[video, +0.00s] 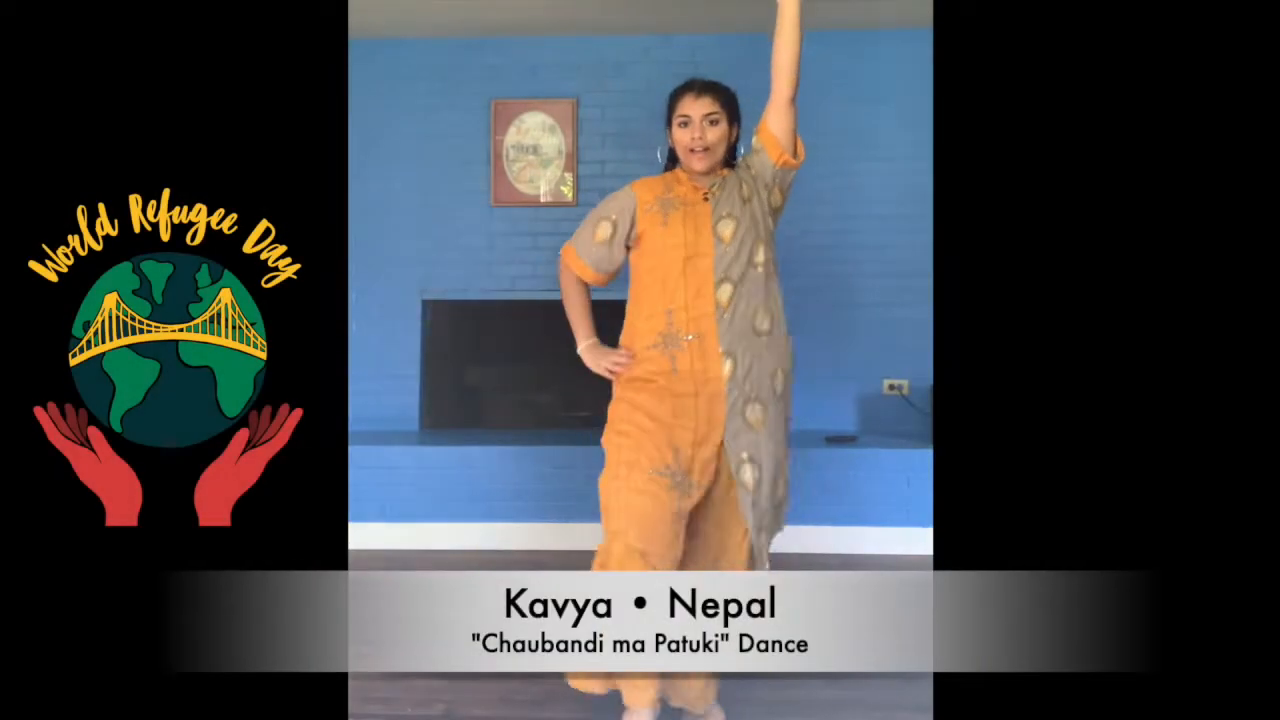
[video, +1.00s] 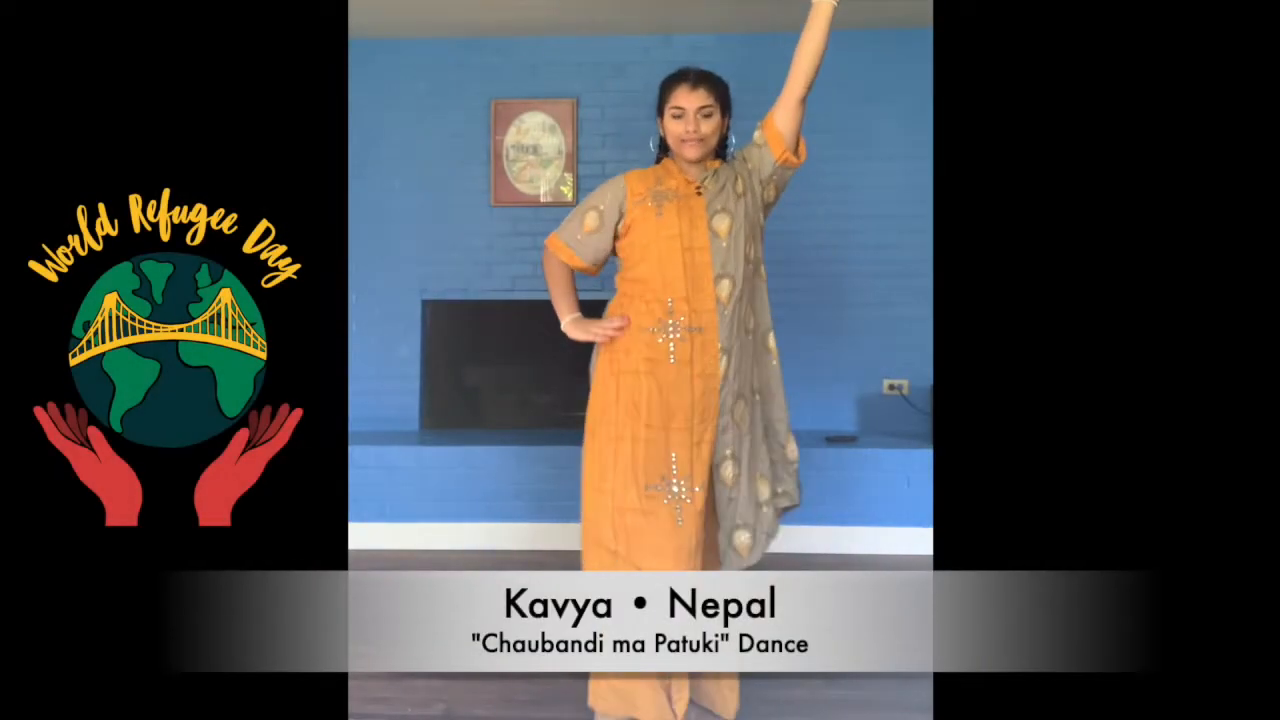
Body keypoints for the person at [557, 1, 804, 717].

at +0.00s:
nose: (697, 133)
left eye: (710, 120)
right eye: (684, 122)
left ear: (732, 132)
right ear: (669, 134)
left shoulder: (754, 190)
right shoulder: (640, 200)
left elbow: (784, 90)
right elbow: (574, 263)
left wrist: (789, 2)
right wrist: (588, 343)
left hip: (738, 401)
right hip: (651, 400)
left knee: (720, 558)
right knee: (642, 552)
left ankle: (695, 698)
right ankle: (640, 703)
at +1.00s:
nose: (692, 124)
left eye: (705, 113)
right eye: (679, 113)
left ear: (724, 122)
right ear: (662, 123)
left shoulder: (746, 183)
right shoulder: (631, 191)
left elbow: (796, 89)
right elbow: (557, 251)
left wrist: (824, 4)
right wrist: (572, 320)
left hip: (716, 379)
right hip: (635, 378)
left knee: (700, 538)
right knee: (637, 535)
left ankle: (689, 693)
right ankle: (636, 697)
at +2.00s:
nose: (686, 121)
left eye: (700, 109)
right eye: (673, 110)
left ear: (720, 120)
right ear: (656, 121)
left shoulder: (745, 180)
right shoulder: (631, 193)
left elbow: (796, 88)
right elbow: (565, 262)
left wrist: (827, 2)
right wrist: (583, 344)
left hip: (728, 387)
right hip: (646, 388)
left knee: (717, 541)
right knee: (628, 540)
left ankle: (705, 691)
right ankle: (619, 700)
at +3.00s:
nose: (695, 119)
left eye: (709, 107)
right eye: (683, 109)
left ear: (731, 117)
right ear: (667, 120)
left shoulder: (757, 179)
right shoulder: (641, 191)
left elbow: (803, 87)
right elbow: (571, 252)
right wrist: (584, 321)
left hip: (731, 386)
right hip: (646, 386)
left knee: (721, 550)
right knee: (642, 550)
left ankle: (702, 698)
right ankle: (632, 701)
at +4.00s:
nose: (689, 117)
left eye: (702, 105)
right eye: (675, 107)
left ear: (723, 117)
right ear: (660, 121)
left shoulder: (751, 179)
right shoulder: (634, 194)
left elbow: (803, 91)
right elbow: (566, 258)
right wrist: (579, 332)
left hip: (731, 391)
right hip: (643, 390)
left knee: (729, 551)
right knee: (634, 552)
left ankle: (704, 701)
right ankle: (630, 705)